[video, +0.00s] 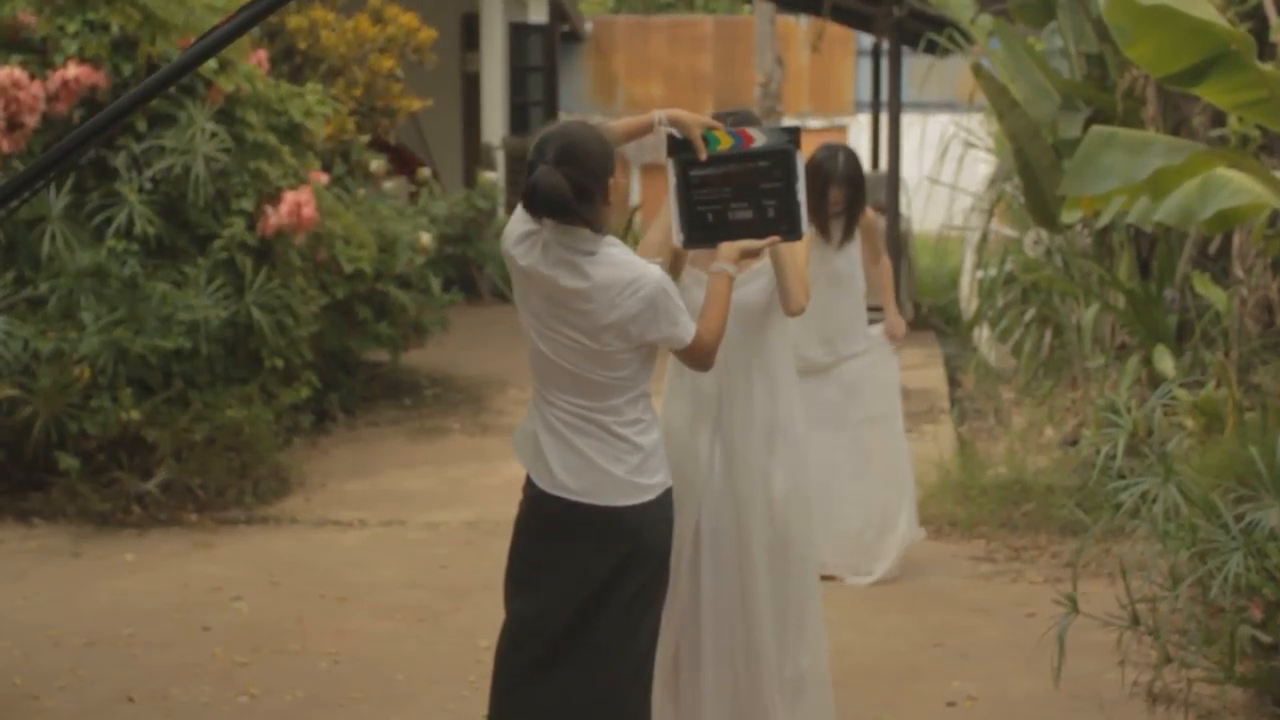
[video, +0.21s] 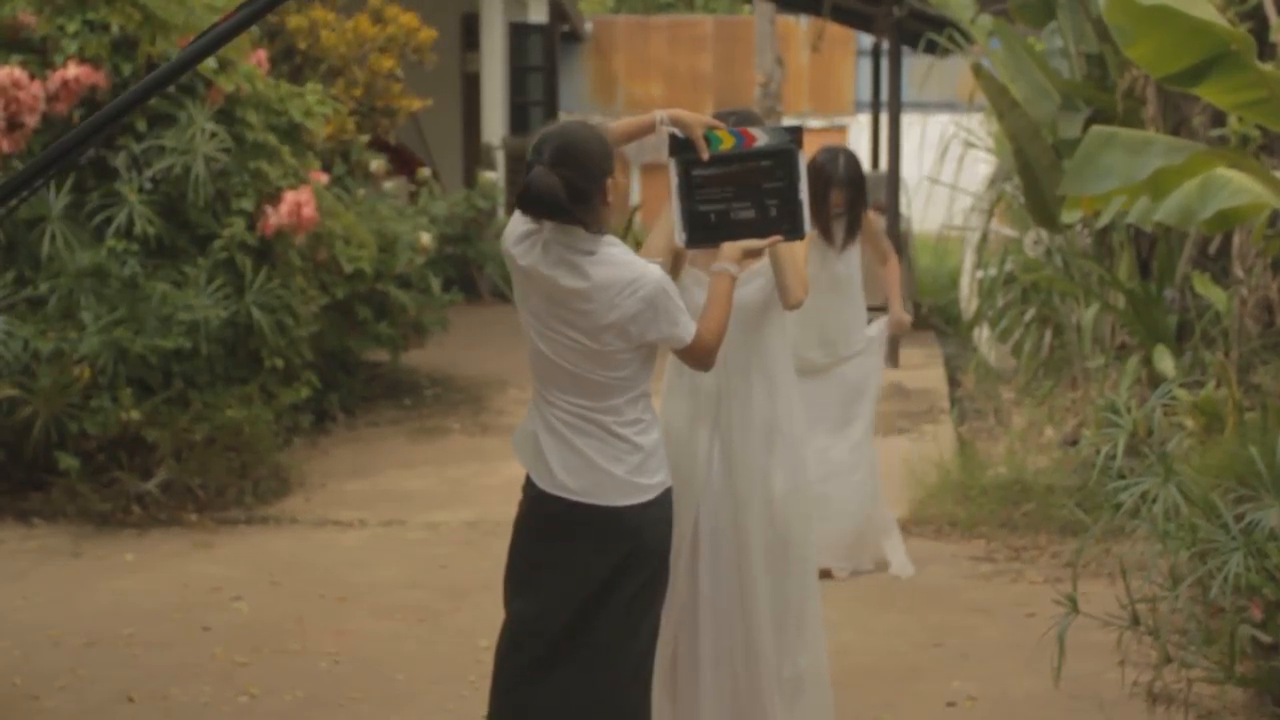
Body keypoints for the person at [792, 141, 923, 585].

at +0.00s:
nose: (834, 200)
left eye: (842, 191)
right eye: (825, 192)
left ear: (855, 190)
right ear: (810, 191)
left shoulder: (867, 224)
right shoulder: (796, 226)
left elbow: (878, 262)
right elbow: (776, 276)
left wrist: (890, 310)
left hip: (852, 353)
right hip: (800, 357)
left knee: (854, 453)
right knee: (804, 455)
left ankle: (853, 551)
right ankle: (809, 554)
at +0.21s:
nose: (835, 204)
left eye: (843, 195)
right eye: (826, 195)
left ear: (856, 194)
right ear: (810, 193)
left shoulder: (866, 226)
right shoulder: (796, 229)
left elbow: (887, 259)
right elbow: (772, 277)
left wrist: (896, 307)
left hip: (850, 353)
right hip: (798, 358)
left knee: (847, 452)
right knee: (803, 454)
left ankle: (844, 551)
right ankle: (806, 555)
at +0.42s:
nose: (835, 207)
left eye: (843, 199)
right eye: (826, 199)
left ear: (854, 195)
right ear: (809, 195)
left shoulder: (864, 227)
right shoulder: (793, 228)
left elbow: (889, 269)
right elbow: (768, 282)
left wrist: (903, 322)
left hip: (844, 360)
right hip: (792, 365)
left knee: (842, 456)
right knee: (796, 460)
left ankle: (840, 550)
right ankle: (802, 554)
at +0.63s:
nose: (832, 206)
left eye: (840, 197)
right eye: (824, 197)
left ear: (853, 194)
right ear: (809, 192)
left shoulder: (865, 227)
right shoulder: (793, 225)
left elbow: (877, 286)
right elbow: (773, 287)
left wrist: (890, 349)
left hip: (845, 355)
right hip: (795, 356)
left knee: (839, 455)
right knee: (794, 455)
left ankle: (836, 552)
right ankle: (797, 553)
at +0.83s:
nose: (830, 208)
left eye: (838, 200)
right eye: (823, 199)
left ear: (851, 193)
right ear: (807, 190)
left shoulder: (862, 226)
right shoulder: (792, 224)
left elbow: (870, 290)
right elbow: (775, 288)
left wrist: (874, 349)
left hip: (840, 352)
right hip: (792, 353)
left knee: (838, 449)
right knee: (797, 449)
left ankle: (838, 547)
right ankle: (800, 549)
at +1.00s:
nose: (828, 201)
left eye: (836, 192)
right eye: (821, 192)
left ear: (849, 189)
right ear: (806, 188)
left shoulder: (860, 225)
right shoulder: (792, 223)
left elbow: (869, 291)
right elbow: (778, 290)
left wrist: (874, 351)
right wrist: (774, 357)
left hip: (843, 353)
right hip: (796, 355)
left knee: (844, 450)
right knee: (803, 451)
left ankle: (845, 547)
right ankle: (809, 550)